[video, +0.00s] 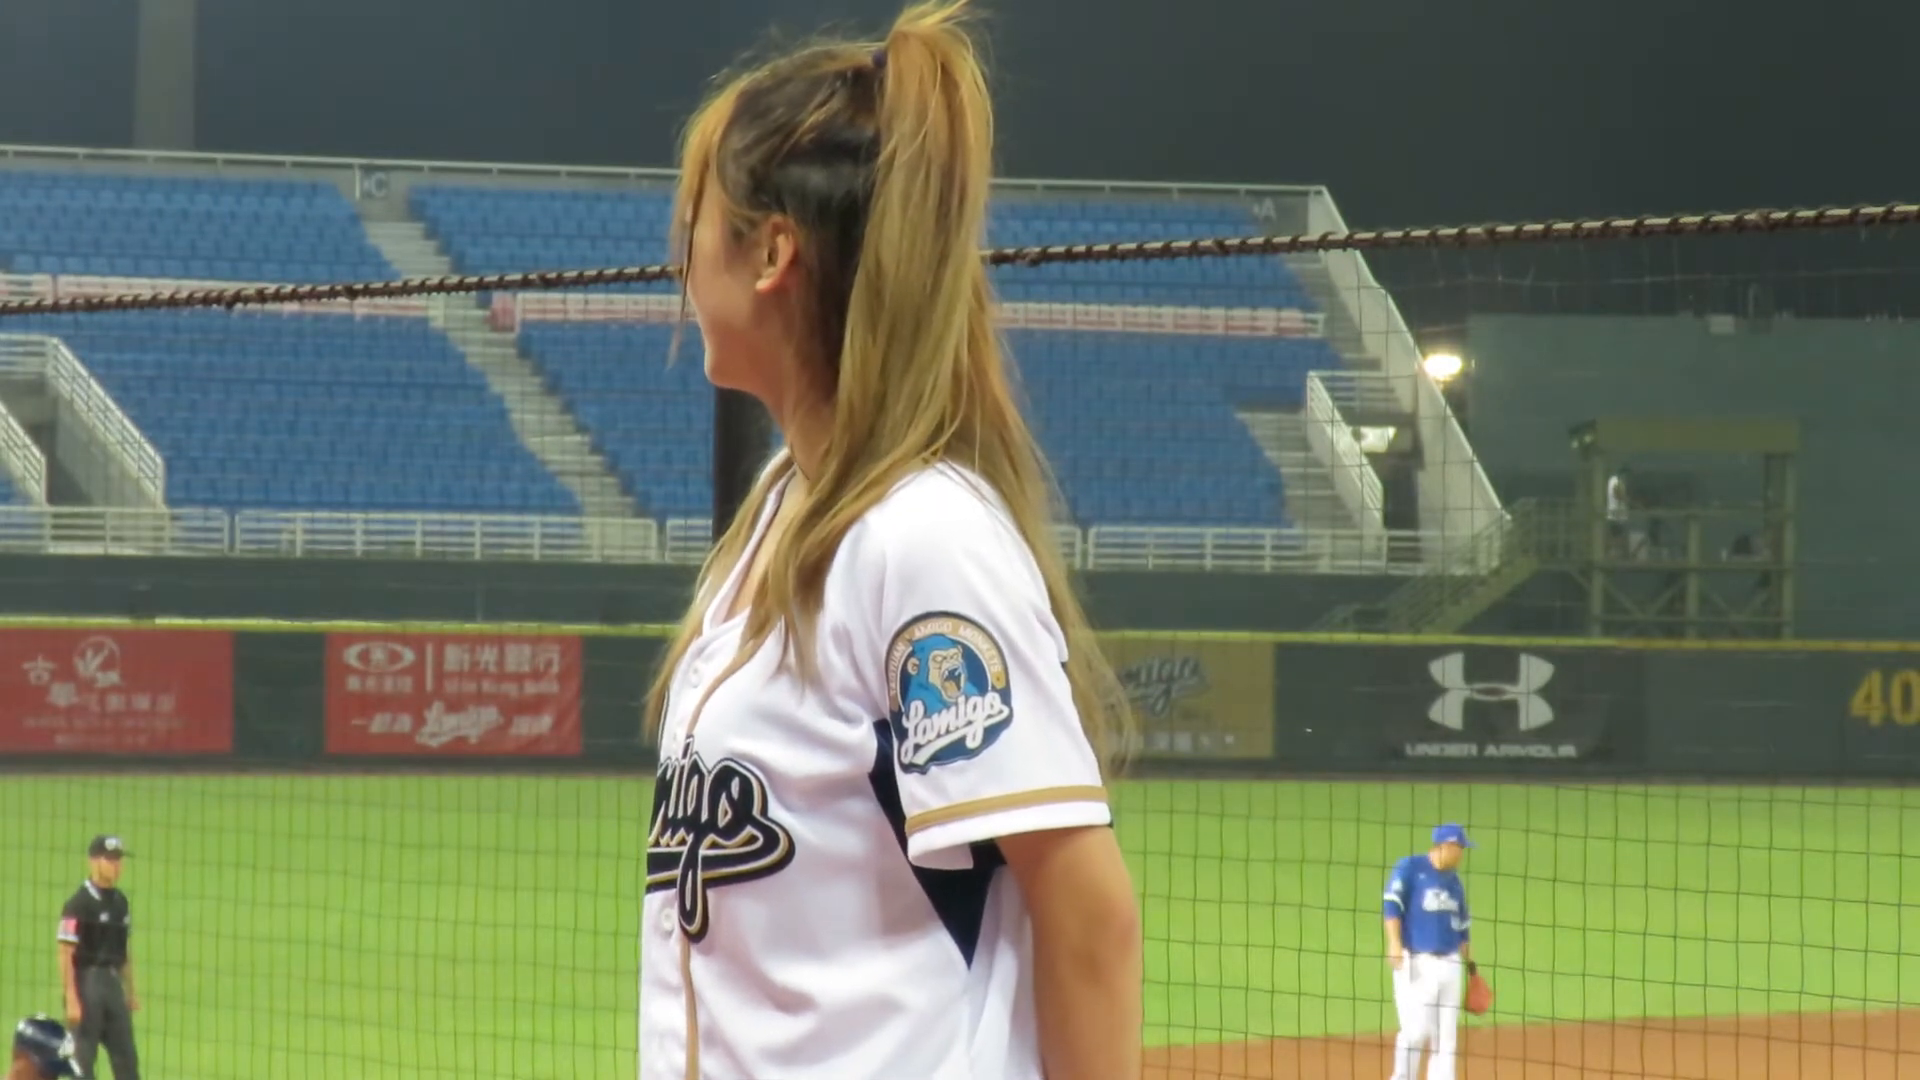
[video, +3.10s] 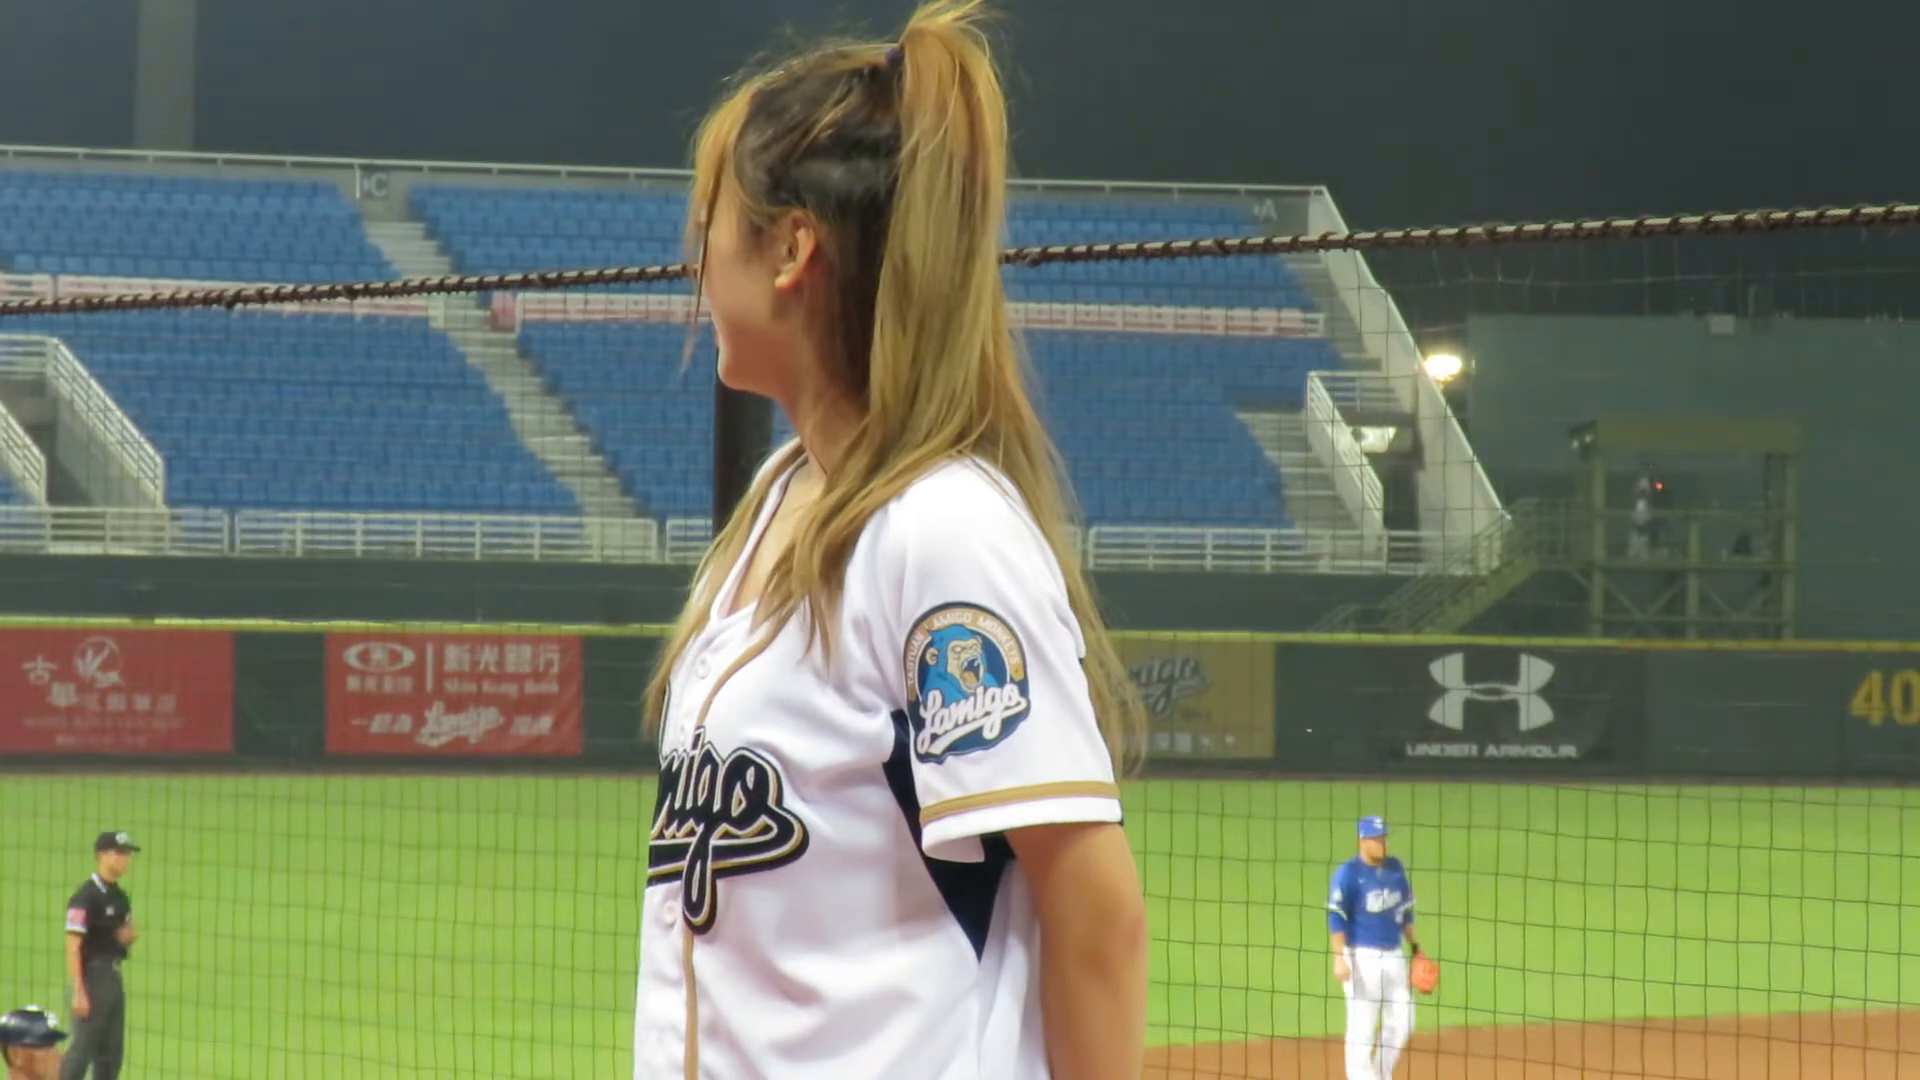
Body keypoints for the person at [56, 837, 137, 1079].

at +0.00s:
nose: (116, 866)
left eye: (118, 860)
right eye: (109, 860)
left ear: (121, 862)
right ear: (94, 861)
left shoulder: (119, 901)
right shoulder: (78, 903)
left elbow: (122, 952)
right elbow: (65, 954)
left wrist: (129, 990)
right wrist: (71, 999)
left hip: (113, 973)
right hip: (87, 973)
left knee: (125, 1054)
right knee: (84, 1053)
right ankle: (81, 1074)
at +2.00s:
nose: (132, 860)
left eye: (132, 854)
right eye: (127, 854)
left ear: (121, 857)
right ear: (110, 856)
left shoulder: (125, 895)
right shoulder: (95, 898)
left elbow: (130, 947)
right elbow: (87, 950)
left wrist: (141, 984)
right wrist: (108, 990)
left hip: (127, 970)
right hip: (106, 969)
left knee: (122, 1047)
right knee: (103, 1048)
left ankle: (117, 1075)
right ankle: (98, 1075)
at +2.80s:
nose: (145, 862)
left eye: (145, 856)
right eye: (141, 855)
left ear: (129, 857)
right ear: (122, 855)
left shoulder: (127, 892)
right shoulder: (102, 894)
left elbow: (117, 936)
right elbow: (89, 944)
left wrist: (139, 945)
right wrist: (95, 989)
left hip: (121, 967)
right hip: (104, 967)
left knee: (118, 1044)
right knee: (103, 1043)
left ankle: (111, 1074)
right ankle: (90, 1075)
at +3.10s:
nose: (126, 860)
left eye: (127, 854)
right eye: (121, 854)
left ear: (123, 858)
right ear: (103, 855)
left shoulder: (119, 895)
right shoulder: (85, 895)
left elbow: (126, 933)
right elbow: (73, 947)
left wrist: (127, 935)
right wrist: (79, 991)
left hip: (112, 967)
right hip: (92, 967)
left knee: (110, 1047)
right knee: (84, 1044)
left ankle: (106, 1074)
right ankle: (68, 1075)